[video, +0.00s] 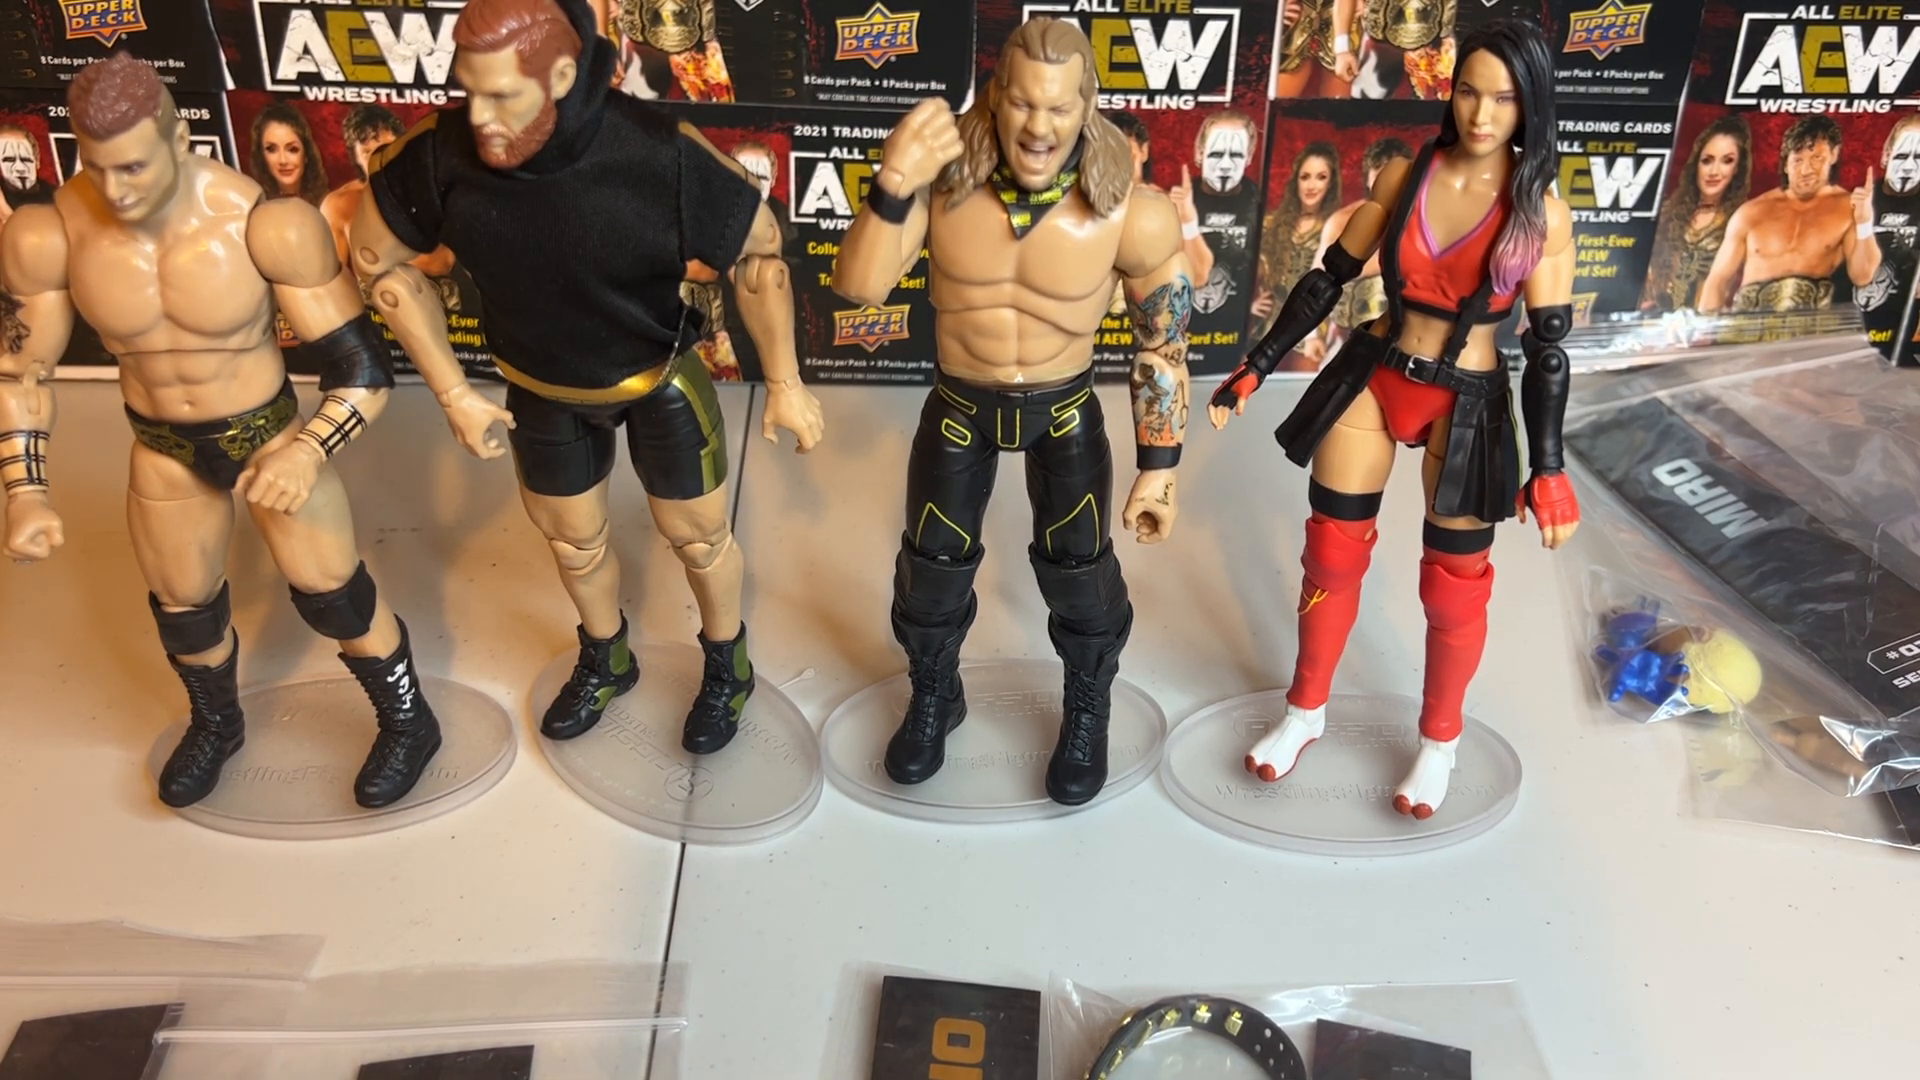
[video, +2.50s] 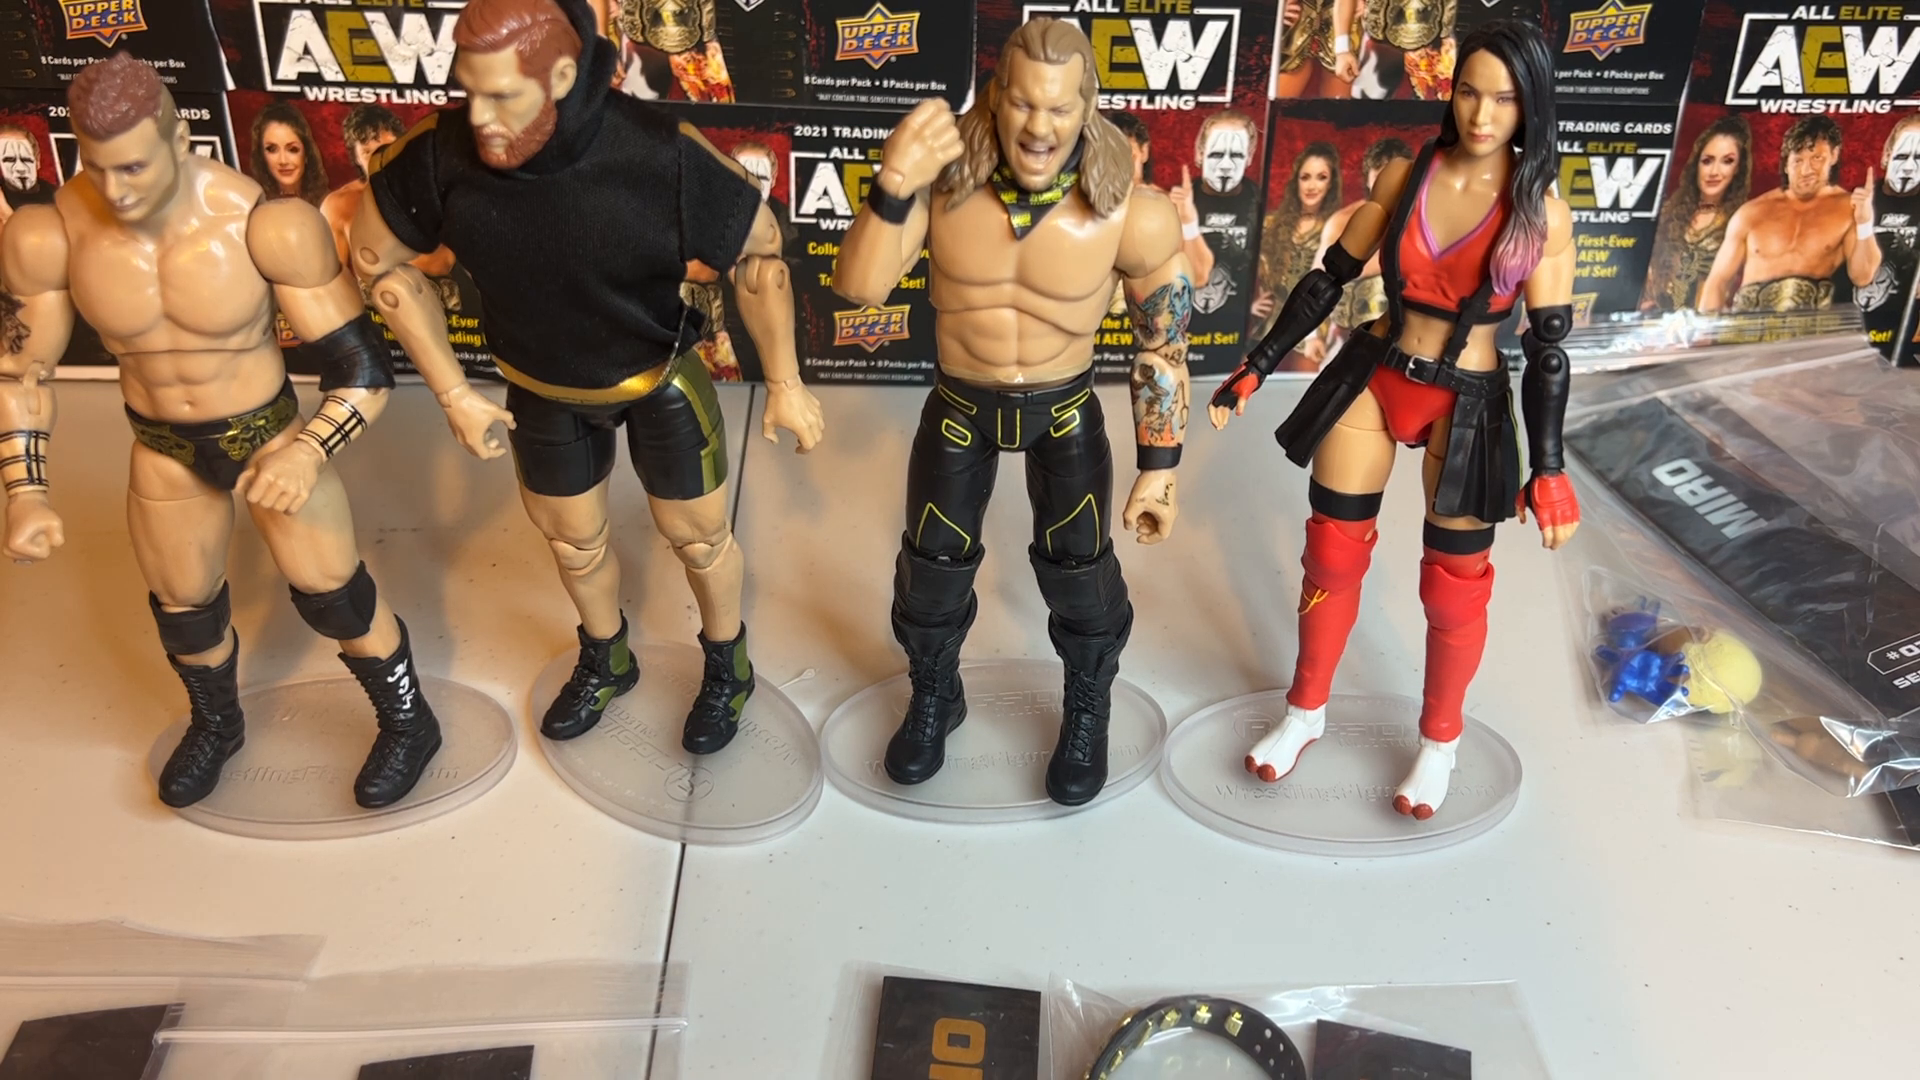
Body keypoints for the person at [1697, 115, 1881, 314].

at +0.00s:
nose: (1806, 169)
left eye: (1817, 158)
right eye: (1797, 160)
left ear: (1834, 156)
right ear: (1785, 163)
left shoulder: (1847, 206)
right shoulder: (1750, 212)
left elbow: (1861, 277)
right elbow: (1718, 281)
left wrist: (1864, 223)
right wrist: (1704, 335)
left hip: (1810, 315)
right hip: (1748, 312)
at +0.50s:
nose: (1806, 169)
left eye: (1816, 158)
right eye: (1797, 160)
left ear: (1834, 156)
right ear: (1785, 163)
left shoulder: (1848, 207)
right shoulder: (1750, 212)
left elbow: (1862, 277)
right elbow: (1718, 282)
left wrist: (1864, 223)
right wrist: (1704, 336)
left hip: (1810, 316)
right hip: (1748, 314)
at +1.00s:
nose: (1806, 169)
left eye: (1816, 158)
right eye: (1797, 160)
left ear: (1834, 156)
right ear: (1785, 163)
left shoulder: (1848, 207)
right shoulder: (1750, 212)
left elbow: (1862, 277)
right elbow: (1718, 281)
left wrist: (1864, 223)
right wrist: (1704, 336)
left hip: (1809, 315)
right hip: (1748, 313)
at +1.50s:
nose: (1806, 169)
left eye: (1816, 158)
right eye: (1797, 160)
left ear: (1834, 156)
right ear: (1785, 163)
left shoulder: (1848, 207)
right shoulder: (1750, 213)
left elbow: (1862, 277)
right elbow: (1718, 281)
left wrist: (1864, 223)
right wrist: (1703, 336)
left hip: (1810, 316)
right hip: (1748, 314)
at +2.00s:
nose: (1806, 170)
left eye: (1817, 158)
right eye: (1797, 160)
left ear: (1834, 156)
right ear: (1785, 163)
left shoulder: (1848, 207)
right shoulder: (1750, 213)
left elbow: (1862, 277)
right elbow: (1718, 282)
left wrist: (1864, 224)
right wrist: (1704, 336)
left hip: (1810, 316)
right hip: (1749, 314)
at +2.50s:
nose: (1806, 170)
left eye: (1817, 158)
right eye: (1798, 160)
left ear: (1834, 156)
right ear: (1785, 163)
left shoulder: (1848, 207)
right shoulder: (1751, 213)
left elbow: (1862, 277)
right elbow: (1718, 281)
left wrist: (1864, 223)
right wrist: (1704, 336)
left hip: (1810, 316)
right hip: (1748, 313)